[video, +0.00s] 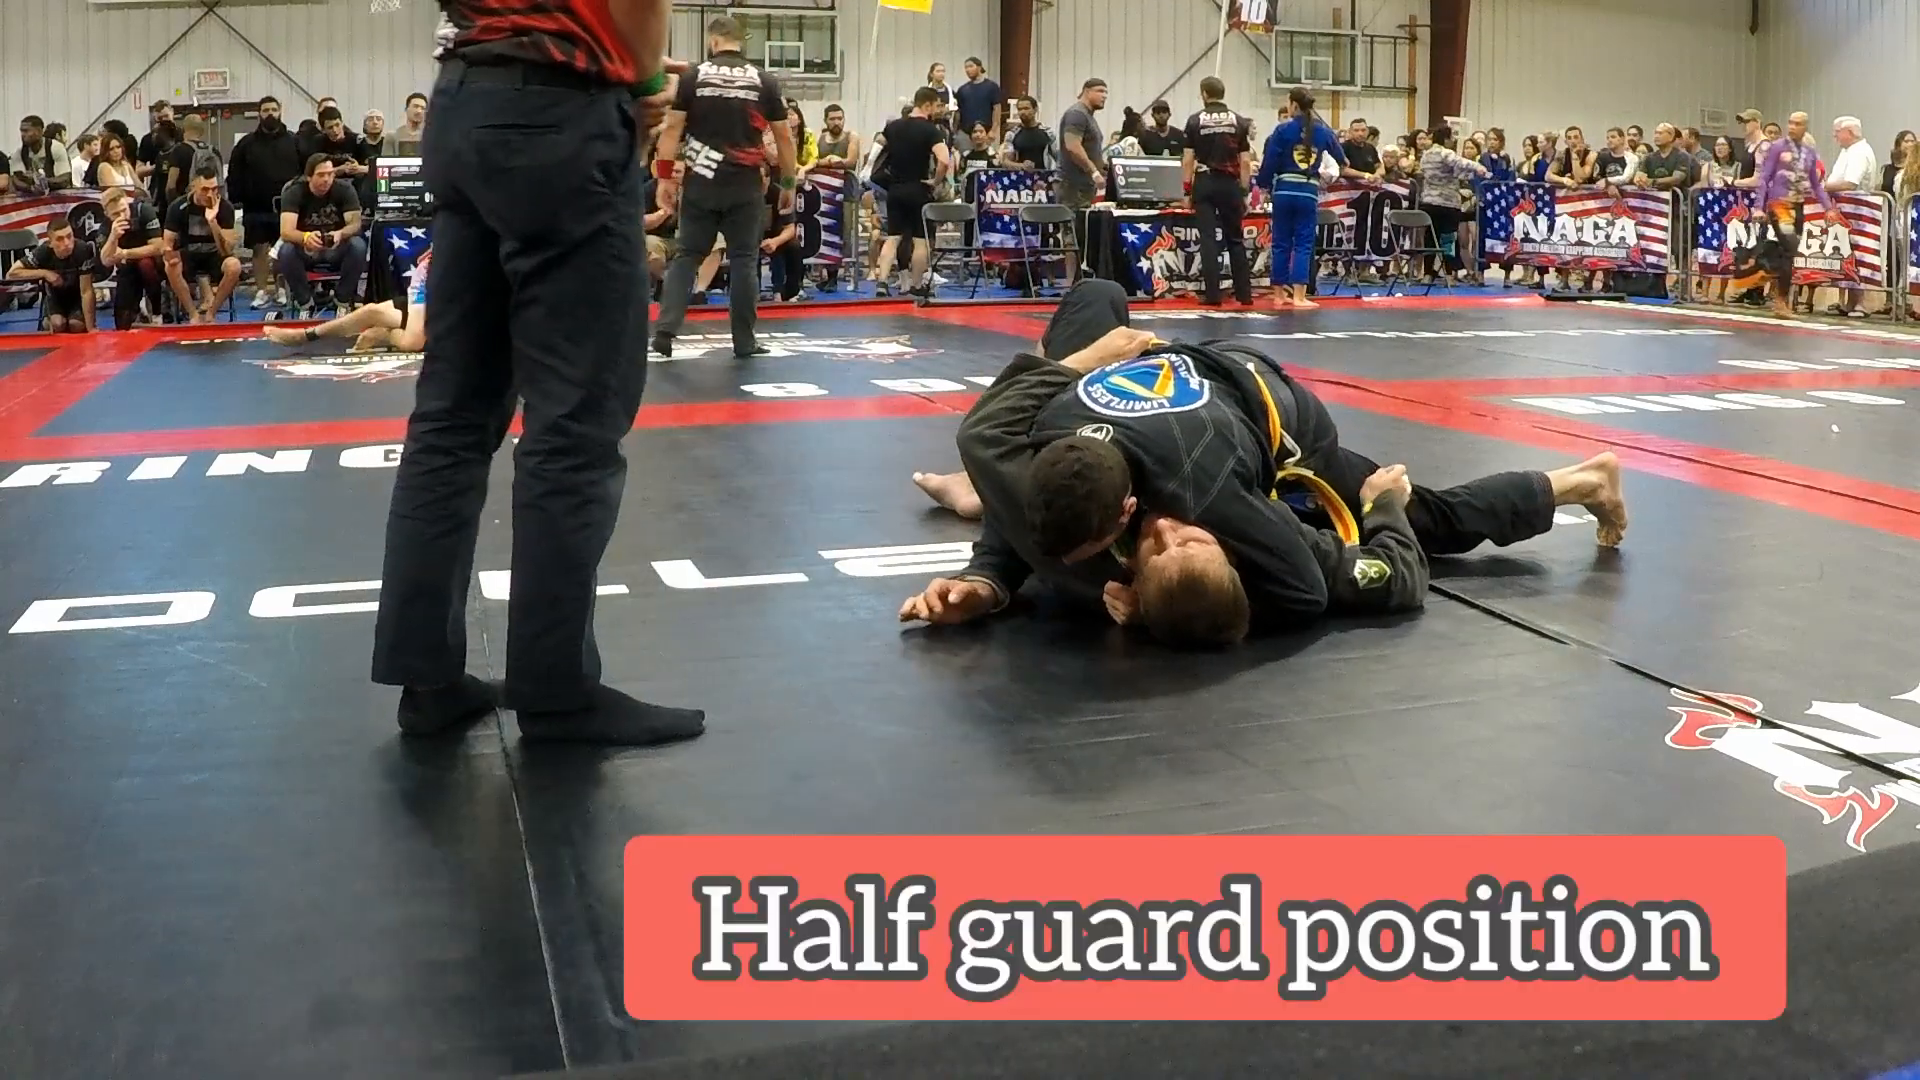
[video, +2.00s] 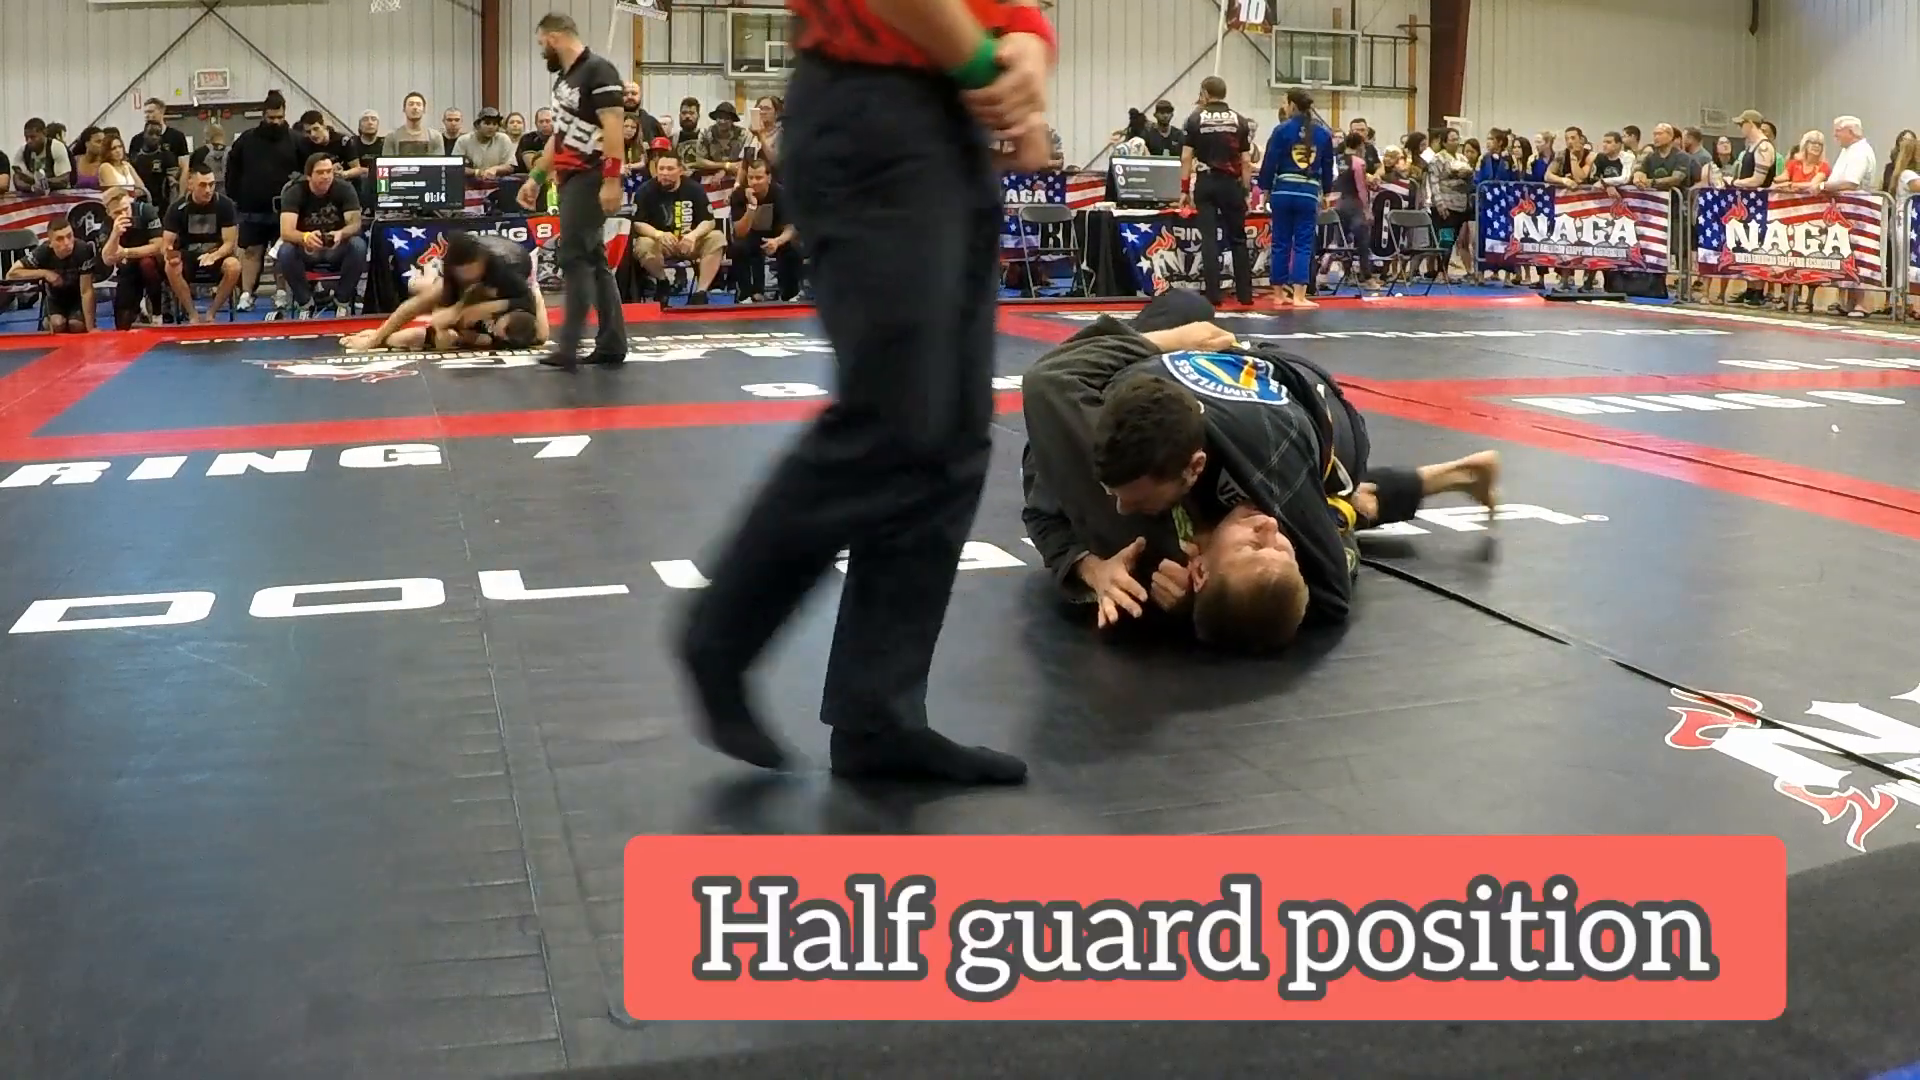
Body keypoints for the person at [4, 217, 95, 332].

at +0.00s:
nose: (67, 243)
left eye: (69, 237)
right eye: (60, 239)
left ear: (73, 235)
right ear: (50, 241)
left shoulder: (83, 249)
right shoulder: (44, 251)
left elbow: (86, 290)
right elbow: (12, 274)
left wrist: (91, 328)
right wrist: (44, 273)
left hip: (77, 292)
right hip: (55, 293)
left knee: (76, 325)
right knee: (58, 324)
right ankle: (46, 323)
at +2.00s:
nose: (67, 243)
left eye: (69, 237)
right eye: (60, 239)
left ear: (73, 235)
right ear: (50, 241)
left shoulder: (83, 250)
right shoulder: (44, 251)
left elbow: (86, 291)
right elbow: (12, 274)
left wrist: (91, 327)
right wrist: (44, 273)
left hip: (78, 293)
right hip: (55, 294)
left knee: (76, 324)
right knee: (58, 323)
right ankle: (46, 323)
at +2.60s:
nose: (67, 243)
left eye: (69, 237)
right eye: (60, 239)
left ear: (73, 235)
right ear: (50, 240)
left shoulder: (83, 250)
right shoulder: (44, 251)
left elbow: (86, 290)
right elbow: (12, 274)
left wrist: (91, 328)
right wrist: (44, 273)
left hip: (78, 292)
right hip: (55, 293)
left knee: (76, 325)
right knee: (58, 323)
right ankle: (46, 323)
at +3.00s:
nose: (67, 243)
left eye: (69, 236)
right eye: (60, 239)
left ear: (73, 235)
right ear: (50, 241)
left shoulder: (83, 249)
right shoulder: (43, 251)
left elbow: (86, 290)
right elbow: (12, 274)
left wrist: (91, 328)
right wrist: (44, 273)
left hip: (78, 291)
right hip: (55, 292)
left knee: (76, 324)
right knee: (58, 323)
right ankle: (46, 323)